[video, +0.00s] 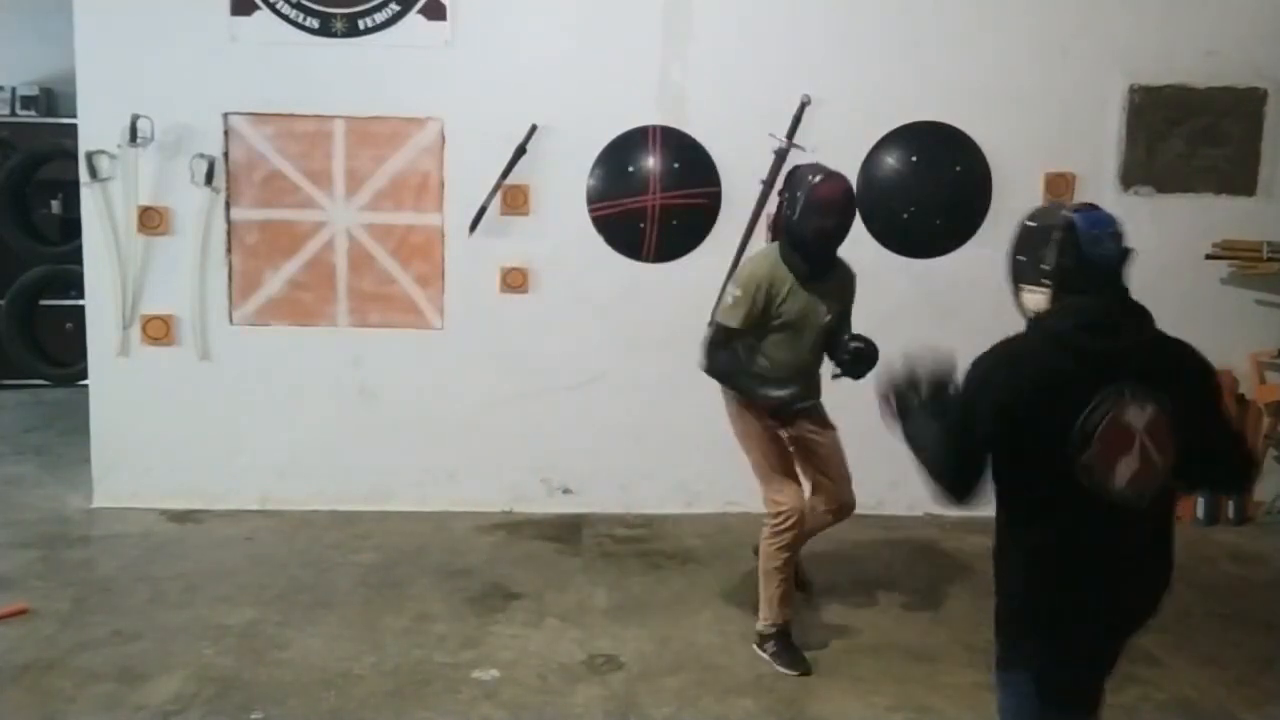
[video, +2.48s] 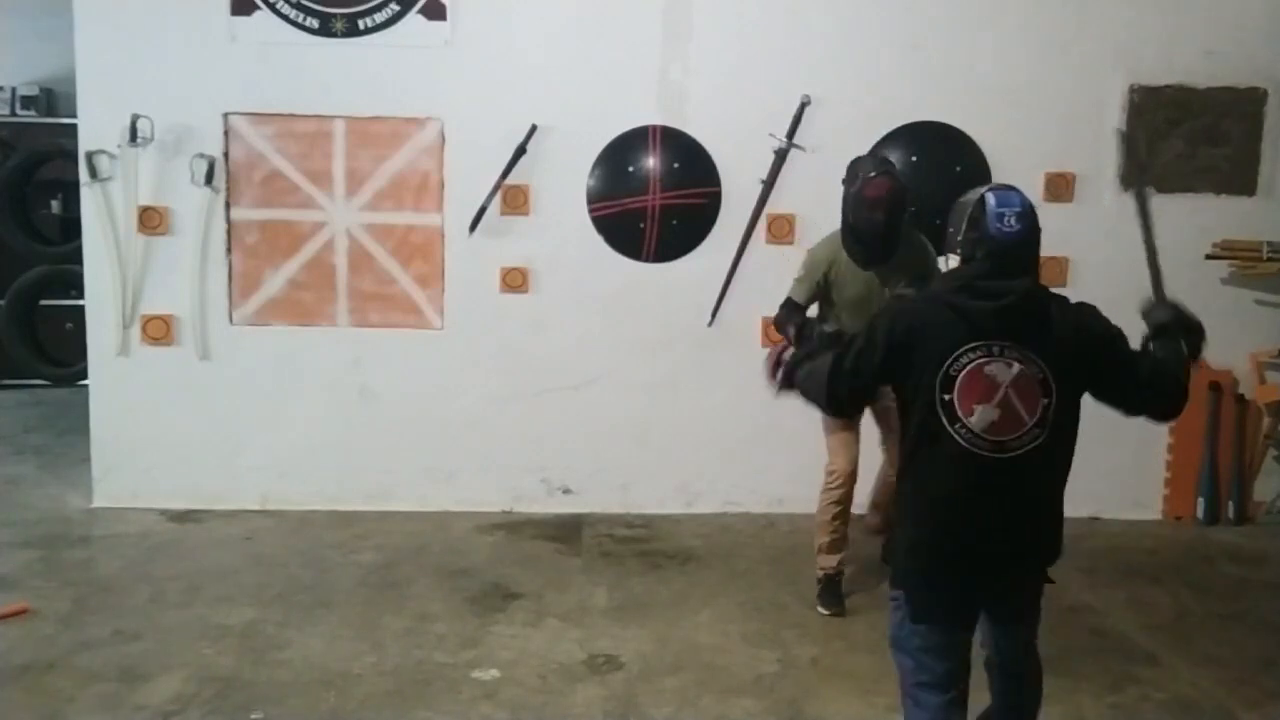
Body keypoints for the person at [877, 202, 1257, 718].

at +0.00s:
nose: (1019, 275)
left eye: (1026, 264)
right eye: (1024, 262)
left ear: (1041, 275)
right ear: (1111, 272)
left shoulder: (1008, 367)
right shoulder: (1178, 363)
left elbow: (957, 476)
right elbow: (1228, 470)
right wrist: (1152, 452)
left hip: (1040, 588)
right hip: (1135, 583)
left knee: (1029, 702)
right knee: (1077, 699)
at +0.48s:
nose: (1063, 272)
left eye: (1070, 259)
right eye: (1066, 258)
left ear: (1094, 261)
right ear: (1168, 256)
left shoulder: (1063, 347)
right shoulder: (1224, 330)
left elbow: (970, 449)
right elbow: (1271, 350)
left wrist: (1007, 565)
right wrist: (1212, 284)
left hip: (1082, 598)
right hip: (1183, 596)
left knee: (1066, 704)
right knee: (1147, 706)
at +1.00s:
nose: (1035, 273)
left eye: (1039, 261)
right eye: (1036, 260)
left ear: (1061, 256)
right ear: (1128, 253)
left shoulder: (1046, 327)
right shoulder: (1180, 314)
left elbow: (969, 414)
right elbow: (1244, 339)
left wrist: (894, 484)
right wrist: (1167, 288)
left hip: (1064, 573)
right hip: (1159, 574)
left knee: (1030, 697)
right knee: (1117, 701)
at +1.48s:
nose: (1022, 257)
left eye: (1028, 245)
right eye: (1025, 244)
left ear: (1047, 251)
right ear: (1104, 251)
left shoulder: (1032, 334)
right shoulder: (1135, 326)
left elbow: (994, 452)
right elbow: (1077, 400)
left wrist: (956, 507)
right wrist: (988, 380)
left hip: (1032, 546)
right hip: (1113, 545)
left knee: (966, 685)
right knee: (1059, 678)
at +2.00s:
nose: (972, 255)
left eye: (978, 244)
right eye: (975, 243)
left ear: (994, 248)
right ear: (1048, 242)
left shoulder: (979, 320)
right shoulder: (1083, 311)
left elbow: (938, 422)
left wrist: (892, 491)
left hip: (992, 530)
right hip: (1075, 525)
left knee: (951, 680)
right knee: (1051, 676)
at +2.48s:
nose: (945, 244)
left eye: (954, 234)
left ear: (961, 246)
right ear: (1032, 248)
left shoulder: (913, 319)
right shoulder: (1072, 325)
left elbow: (839, 387)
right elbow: (1160, 396)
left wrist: (805, 348)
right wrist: (1171, 335)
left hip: (931, 548)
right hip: (1022, 545)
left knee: (932, 695)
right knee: (1015, 673)